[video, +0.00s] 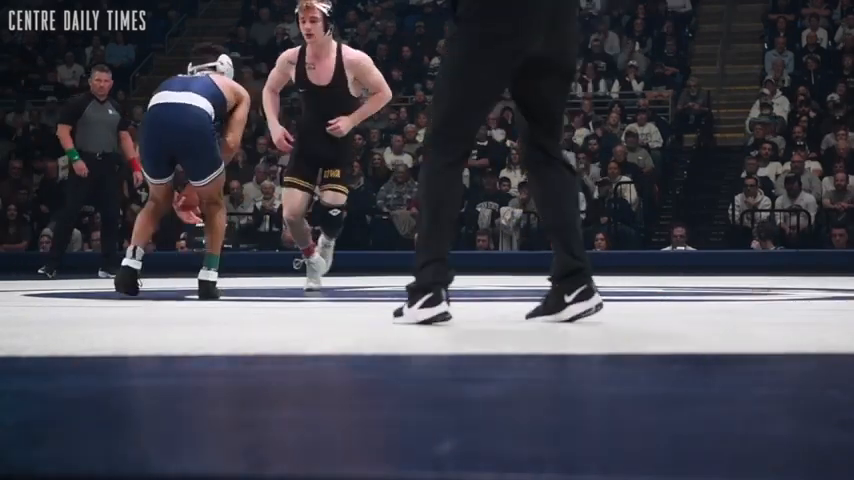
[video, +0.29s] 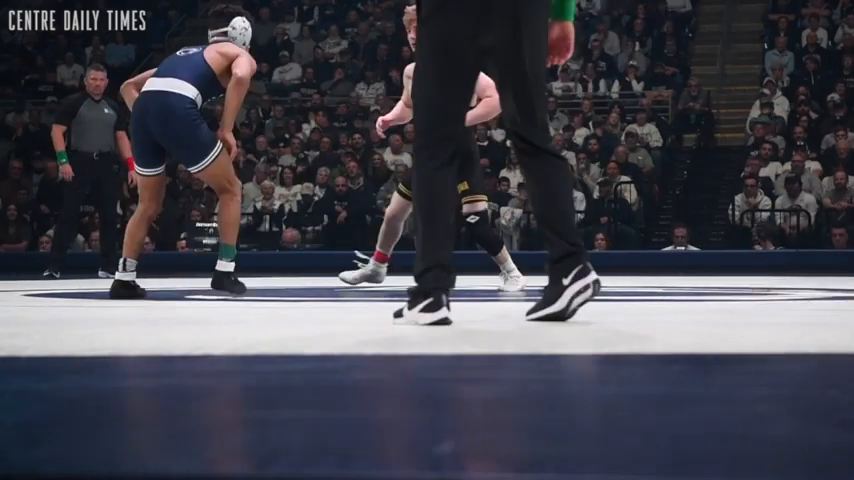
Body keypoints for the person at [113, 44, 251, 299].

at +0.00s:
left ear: (197, 71)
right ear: (225, 74)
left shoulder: (175, 82)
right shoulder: (238, 91)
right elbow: (231, 142)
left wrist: (175, 194)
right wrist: (199, 187)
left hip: (153, 128)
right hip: (194, 128)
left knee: (157, 200)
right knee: (213, 204)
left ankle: (131, 261)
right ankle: (209, 276)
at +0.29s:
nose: (245, 49)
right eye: (245, 43)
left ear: (213, 38)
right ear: (239, 40)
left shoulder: (183, 55)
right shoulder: (236, 51)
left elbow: (129, 87)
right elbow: (241, 74)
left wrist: (148, 121)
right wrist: (226, 127)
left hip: (142, 116)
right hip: (177, 113)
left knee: (148, 204)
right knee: (230, 190)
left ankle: (124, 277)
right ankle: (225, 272)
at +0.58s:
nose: (305, 47)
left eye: (307, 41)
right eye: (307, 41)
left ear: (279, 30)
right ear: (302, 36)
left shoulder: (252, 49)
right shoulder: (287, 52)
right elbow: (271, 97)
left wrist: (208, 162)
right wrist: (267, 151)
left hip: (187, 118)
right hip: (215, 118)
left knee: (184, 205)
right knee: (266, 198)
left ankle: (134, 270)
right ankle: (262, 280)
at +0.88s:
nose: (359, 21)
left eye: (359, 17)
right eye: (357, 16)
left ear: (327, 16)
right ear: (347, 17)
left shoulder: (309, 37)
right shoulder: (333, 40)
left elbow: (289, 100)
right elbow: (317, 98)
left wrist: (305, 144)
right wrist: (312, 152)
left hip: (255, 115)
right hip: (265, 117)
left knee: (290, 196)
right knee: (298, 204)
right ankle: (266, 279)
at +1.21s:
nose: (432, 54)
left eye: (431, 47)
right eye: (429, 47)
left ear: (403, 45)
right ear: (417, 48)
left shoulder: (384, 60)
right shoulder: (398, 65)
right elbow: (365, 91)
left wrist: (365, 143)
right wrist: (378, 135)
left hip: (318, 133)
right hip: (321, 133)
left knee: (374, 202)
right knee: (375, 202)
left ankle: (385, 276)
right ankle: (316, 256)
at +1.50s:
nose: (470, 119)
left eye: (472, 113)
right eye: (469, 111)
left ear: (445, 104)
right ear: (455, 108)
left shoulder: (410, 136)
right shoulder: (434, 116)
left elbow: (423, 186)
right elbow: (457, 176)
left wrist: (456, 227)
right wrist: (482, 223)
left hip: (324, 138)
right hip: (331, 136)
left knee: (377, 203)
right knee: (389, 197)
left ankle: (382, 276)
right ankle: (388, 277)